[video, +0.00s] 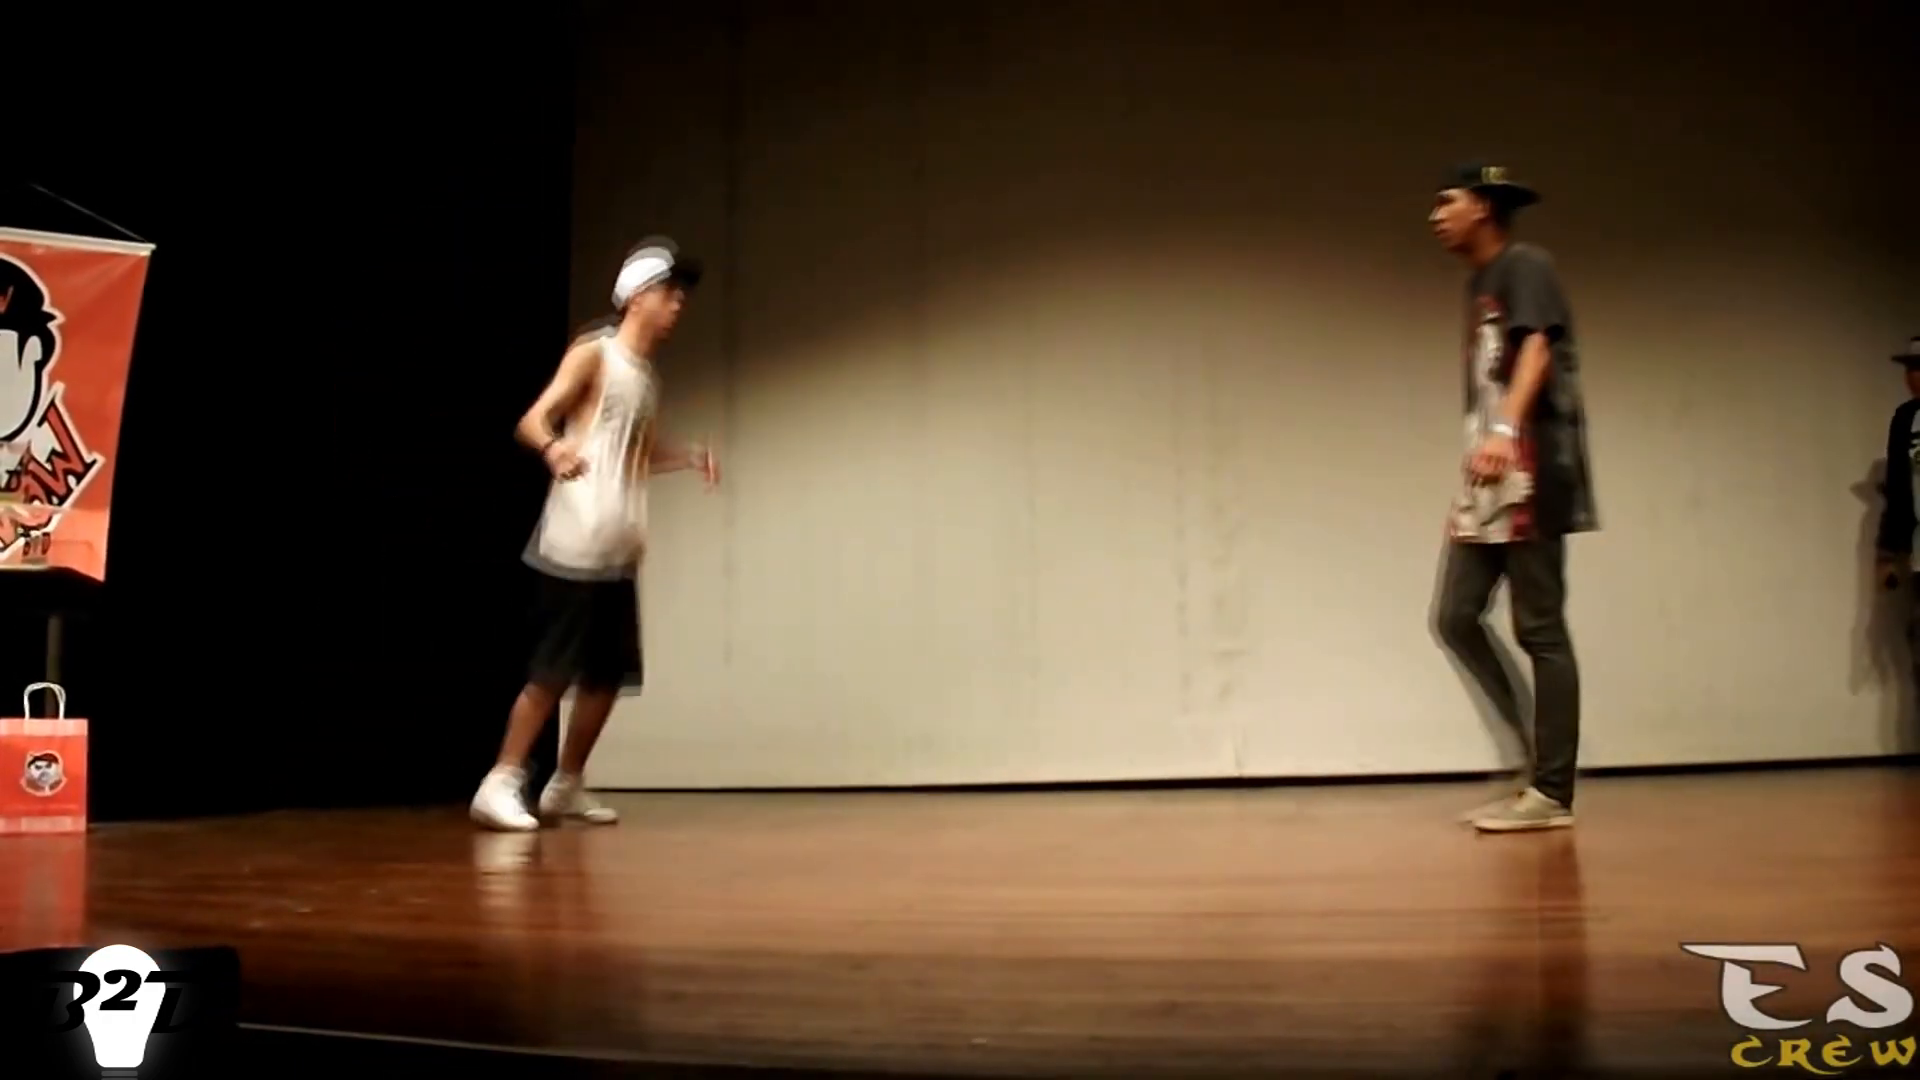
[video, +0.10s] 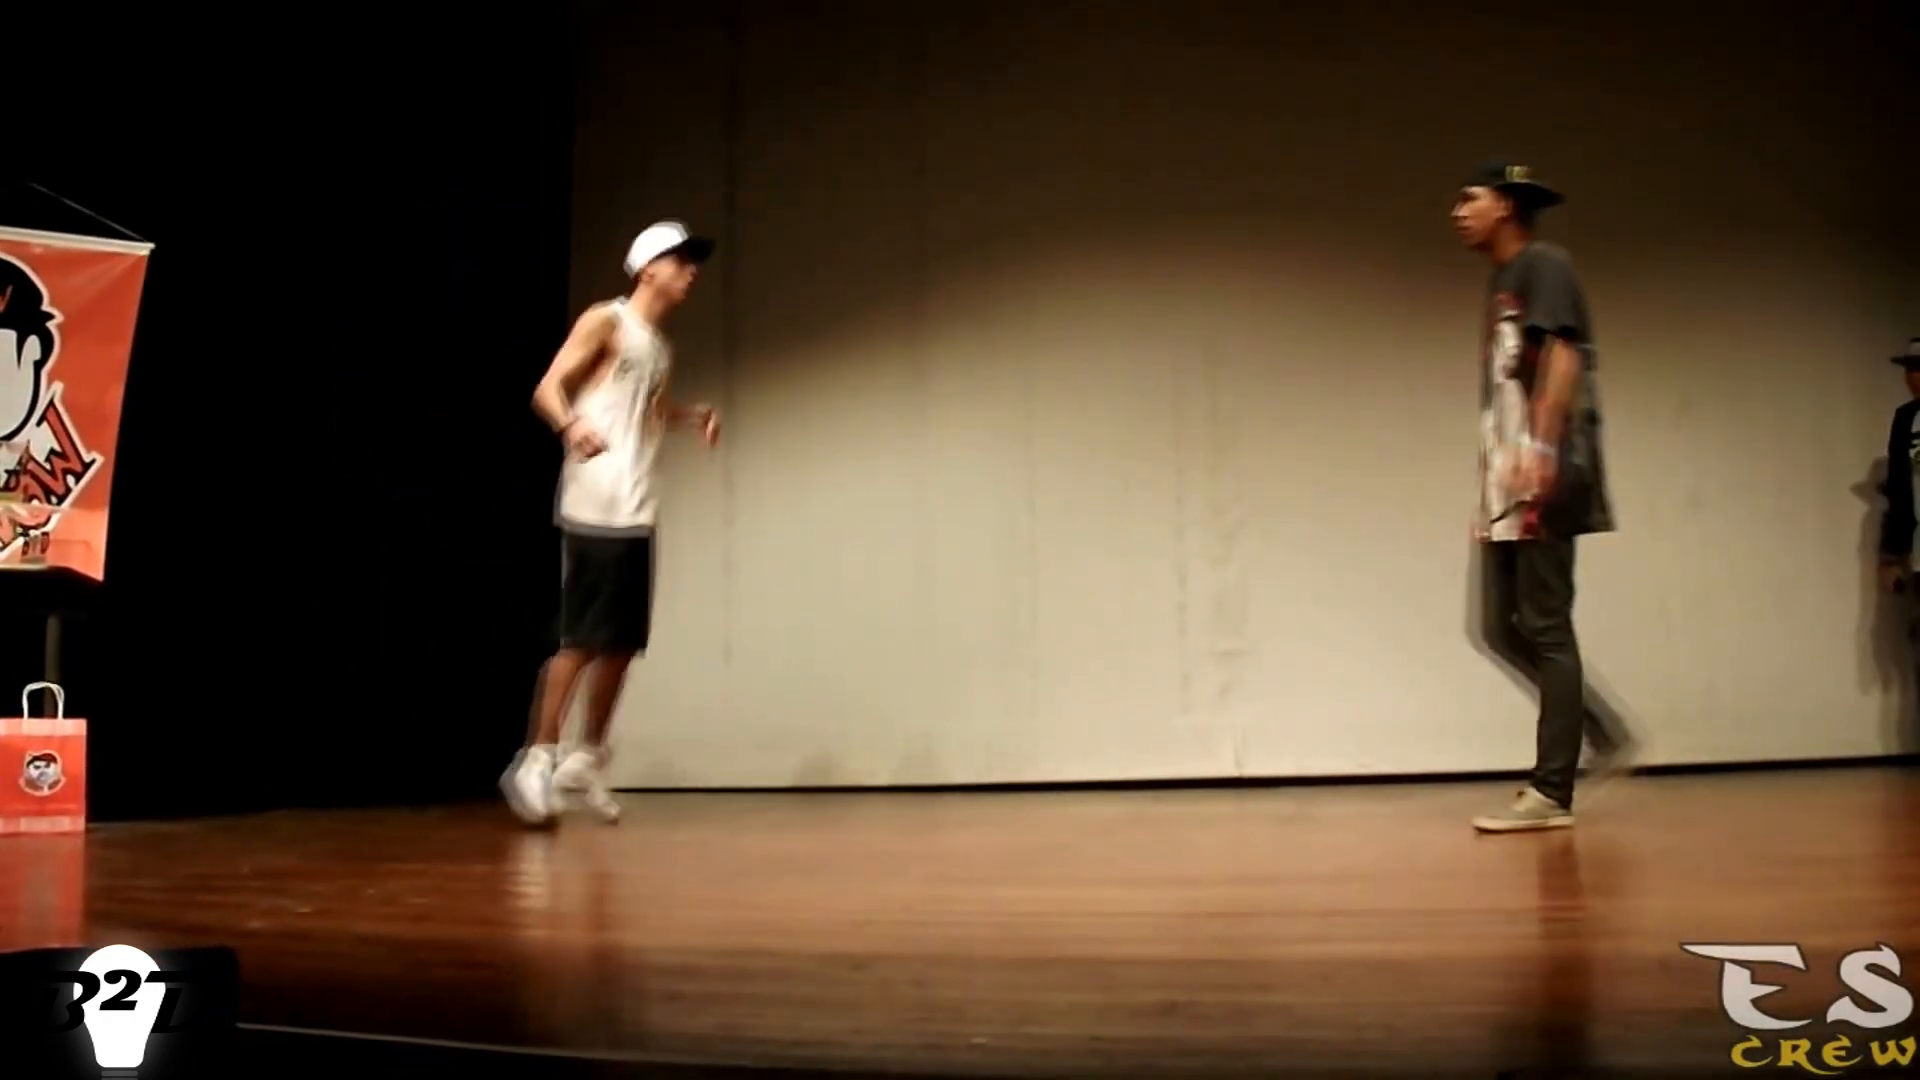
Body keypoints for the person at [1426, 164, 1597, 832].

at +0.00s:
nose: (1435, 214)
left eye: (1447, 203)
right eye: (1438, 204)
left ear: (1484, 209)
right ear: (1473, 213)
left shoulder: (1524, 268)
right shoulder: (1484, 285)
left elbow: (1537, 353)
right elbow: (1498, 382)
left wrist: (1502, 431)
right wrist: (1488, 461)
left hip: (1534, 481)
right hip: (1492, 481)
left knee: (1541, 629)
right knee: (1455, 619)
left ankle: (1553, 793)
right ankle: (1532, 761)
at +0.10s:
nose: (1458, 211)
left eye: (1470, 200)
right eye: (1460, 201)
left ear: (1505, 208)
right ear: (1494, 211)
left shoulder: (1543, 269)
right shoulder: (1503, 283)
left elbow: (1563, 364)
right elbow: (1504, 398)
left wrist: (1541, 453)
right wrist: (1488, 497)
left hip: (1544, 488)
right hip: (1507, 491)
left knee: (1547, 629)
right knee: (1499, 627)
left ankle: (1551, 791)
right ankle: (1607, 737)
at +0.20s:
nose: (1481, 213)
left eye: (1493, 202)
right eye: (1483, 203)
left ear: (1529, 211)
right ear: (1517, 216)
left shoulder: (1564, 271)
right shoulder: (1527, 286)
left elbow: (1600, 369)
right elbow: (1526, 403)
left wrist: (1595, 471)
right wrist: (1503, 488)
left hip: (1561, 488)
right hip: (1534, 491)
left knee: (1556, 630)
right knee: (1555, 628)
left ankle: (1550, 791)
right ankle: (1663, 754)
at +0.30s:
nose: (1501, 217)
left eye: (1512, 206)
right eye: (1505, 206)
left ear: (1545, 217)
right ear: (1537, 218)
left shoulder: (1582, 276)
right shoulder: (1543, 290)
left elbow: (1637, 366)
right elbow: (1534, 403)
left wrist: (1662, 471)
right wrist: (1500, 481)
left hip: (1579, 493)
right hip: (1561, 493)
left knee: (1562, 631)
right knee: (1608, 628)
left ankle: (1549, 792)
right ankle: (1684, 770)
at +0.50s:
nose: (1534, 223)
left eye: (1546, 212)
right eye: (1537, 213)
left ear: (1582, 220)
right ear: (1571, 224)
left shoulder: (1625, 274)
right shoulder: (1573, 296)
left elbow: (1699, 347)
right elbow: (1569, 398)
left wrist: (1742, 442)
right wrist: (1515, 446)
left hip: (1625, 481)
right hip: (1612, 483)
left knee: (1566, 608)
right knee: (1654, 624)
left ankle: (1583, 776)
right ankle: (1689, 776)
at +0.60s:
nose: (1551, 220)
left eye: (1562, 208)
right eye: (1553, 210)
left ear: (1598, 215)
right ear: (1589, 220)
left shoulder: (1637, 264)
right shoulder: (1591, 290)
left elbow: (1714, 334)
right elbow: (1587, 398)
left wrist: (1764, 429)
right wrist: (1534, 444)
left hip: (1635, 469)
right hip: (1632, 472)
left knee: (1572, 598)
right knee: (1660, 620)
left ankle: (1658, 748)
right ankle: (1687, 775)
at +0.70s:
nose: (1564, 218)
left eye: (1575, 207)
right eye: (1566, 208)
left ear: (1611, 215)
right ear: (1603, 219)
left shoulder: (1644, 263)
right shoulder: (1612, 286)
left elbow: (1718, 332)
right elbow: (1612, 397)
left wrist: (1769, 426)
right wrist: (1558, 457)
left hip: (1648, 467)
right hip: (1641, 469)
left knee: (1592, 600)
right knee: (1667, 612)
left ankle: (1710, 719)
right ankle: (1684, 772)